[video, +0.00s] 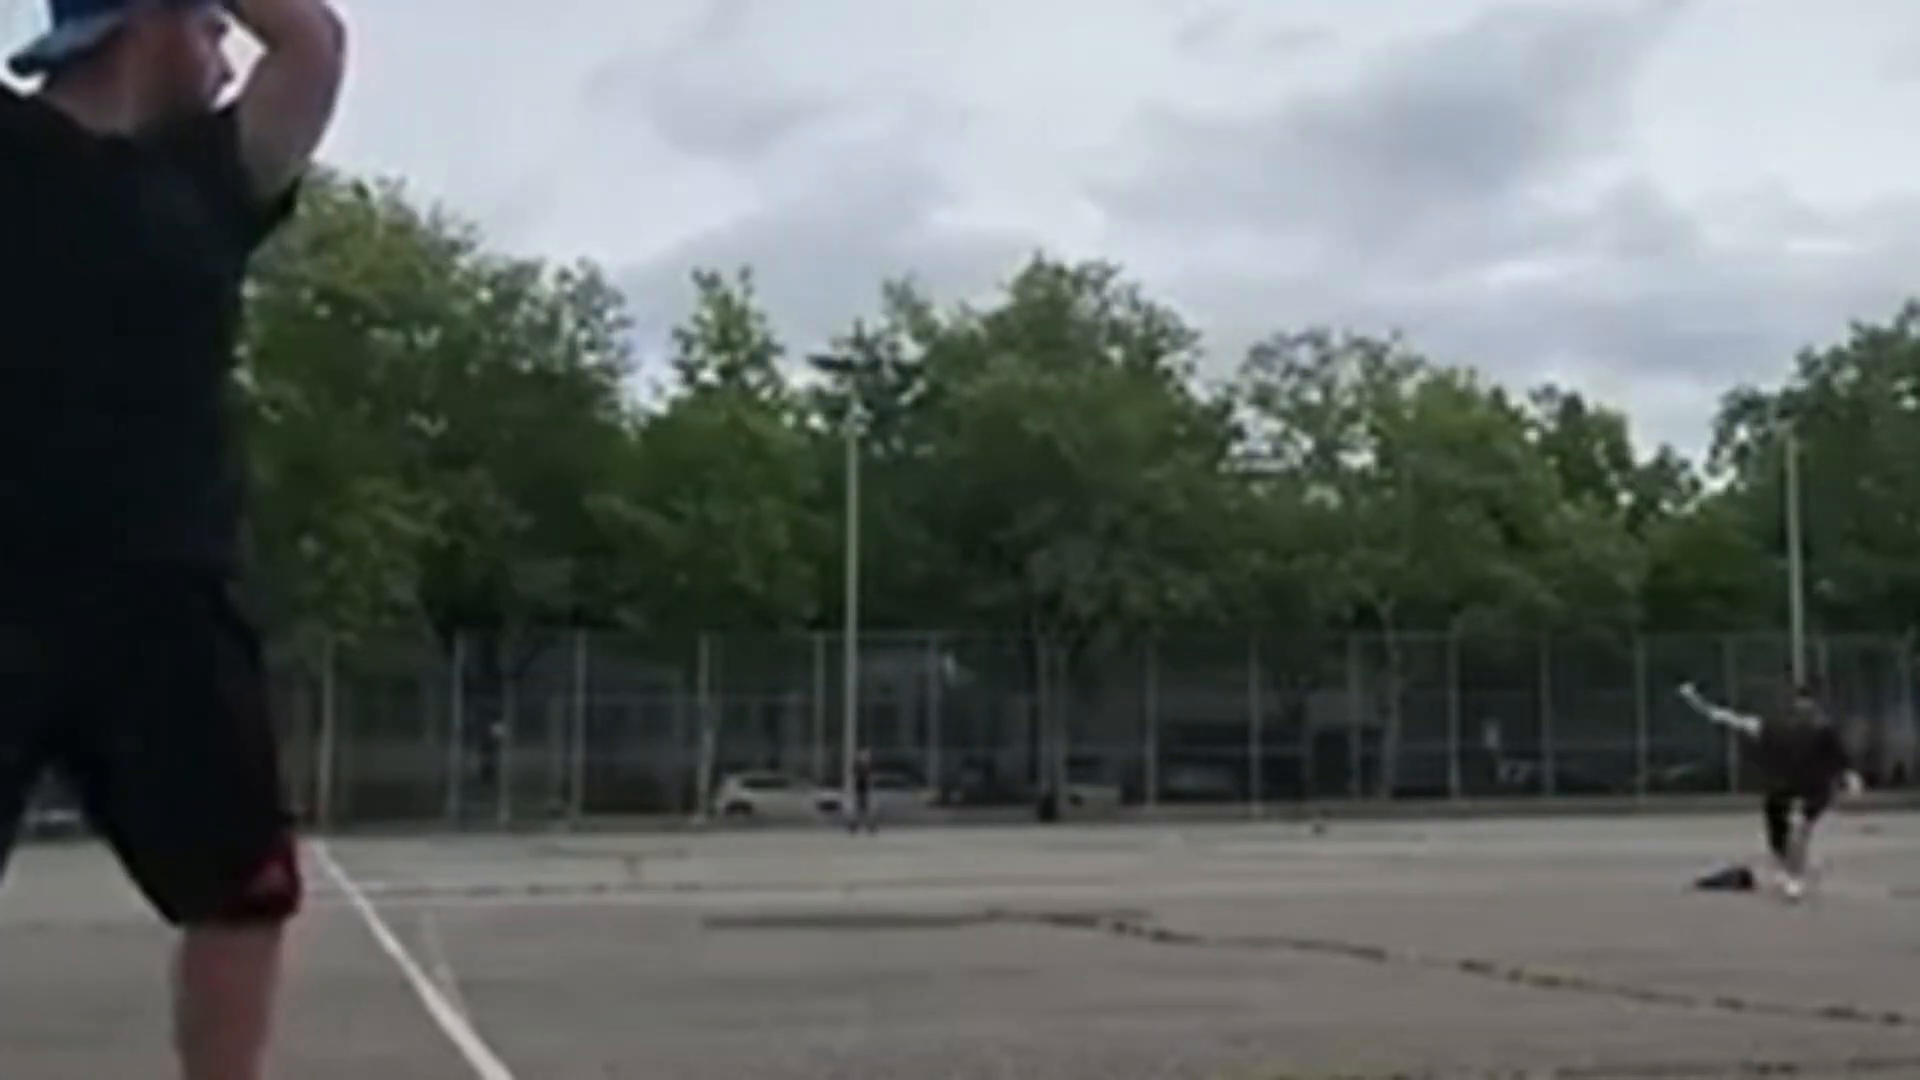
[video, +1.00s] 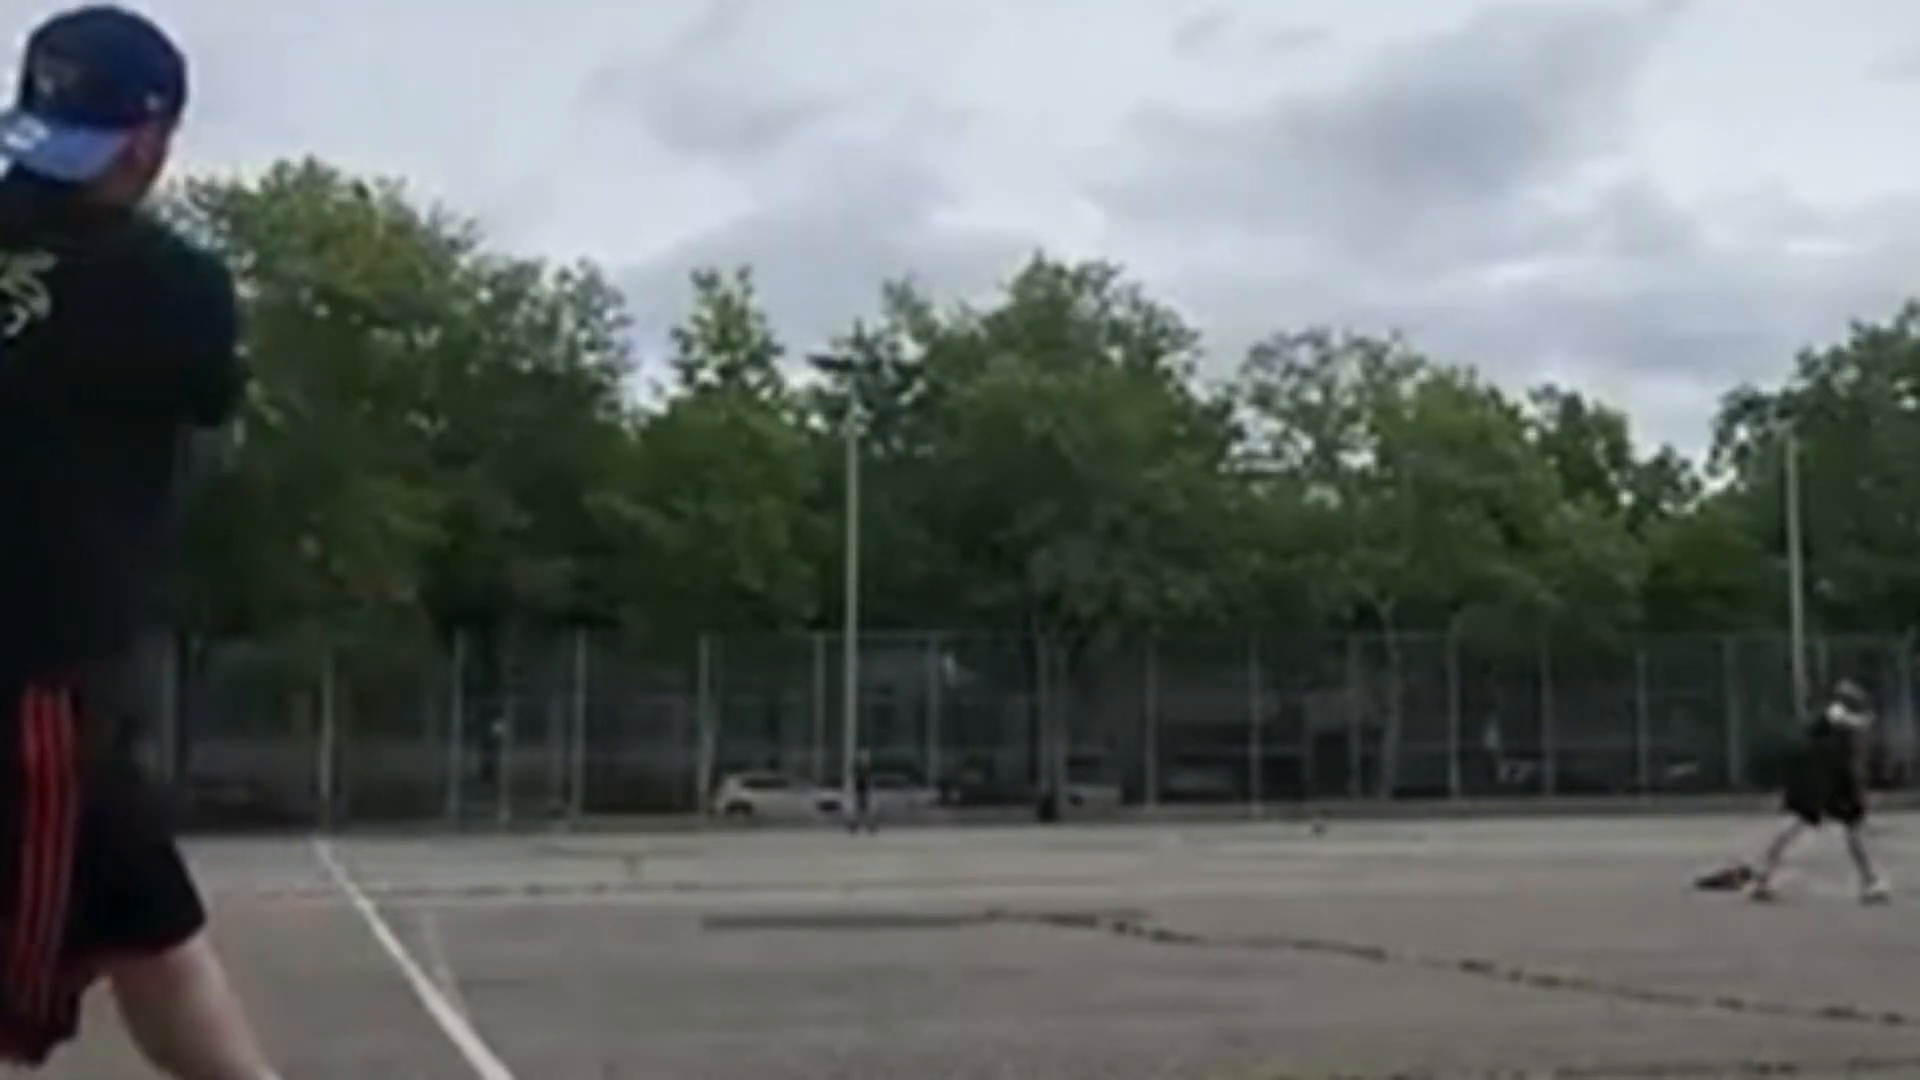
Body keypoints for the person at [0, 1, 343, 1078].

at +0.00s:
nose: (229, 65)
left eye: (228, 40)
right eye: (212, 32)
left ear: (140, 41)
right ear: (150, 30)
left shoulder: (201, 178)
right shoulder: (23, 150)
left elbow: (313, 47)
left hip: (161, 586)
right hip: (32, 582)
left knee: (244, 893)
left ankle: (222, 1068)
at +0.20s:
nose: (194, 92)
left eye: (194, 68)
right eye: (184, 64)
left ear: (176, 86)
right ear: (112, 62)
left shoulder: (176, 222)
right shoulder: (12, 174)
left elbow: (260, 160)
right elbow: (261, 161)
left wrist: (127, 28)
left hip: (100, 589)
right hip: (28, 590)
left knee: (304, 831)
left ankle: (311, 1059)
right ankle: (310, 1055)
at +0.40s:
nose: (258, 222)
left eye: (258, 195)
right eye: (243, 191)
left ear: (166, 189)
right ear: (164, 187)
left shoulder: (241, 335)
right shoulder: (29, 302)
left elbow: (143, 356)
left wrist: (6, 294)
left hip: (140, 698)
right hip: (17, 699)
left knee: (330, 886)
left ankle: (350, 1073)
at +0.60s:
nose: (257, 236)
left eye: (256, 211)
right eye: (240, 210)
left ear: (142, 201)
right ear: (152, 203)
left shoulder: (31, 270)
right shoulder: (160, 318)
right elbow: (276, 453)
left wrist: (248, 432)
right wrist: (299, 450)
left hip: (73, 705)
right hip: (53, 710)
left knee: (212, 945)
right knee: (40, 1036)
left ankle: (319, 1066)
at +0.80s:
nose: (189, 157)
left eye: (190, 133)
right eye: (186, 133)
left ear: (55, 107)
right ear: (147, 132)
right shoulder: (174, 268)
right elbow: (119, 484)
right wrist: (138, 673)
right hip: (67, 646)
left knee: (165, 912)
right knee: (29, 996)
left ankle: (254, 1065)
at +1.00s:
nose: (168, 160)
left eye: (161, 137)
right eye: (168, 137)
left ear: (25, 115)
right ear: (146, 141)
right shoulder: (165, 284)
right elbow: (206, 414)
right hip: (52, 660)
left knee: (157, 943)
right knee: (20, 1014)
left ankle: (245, 1072)